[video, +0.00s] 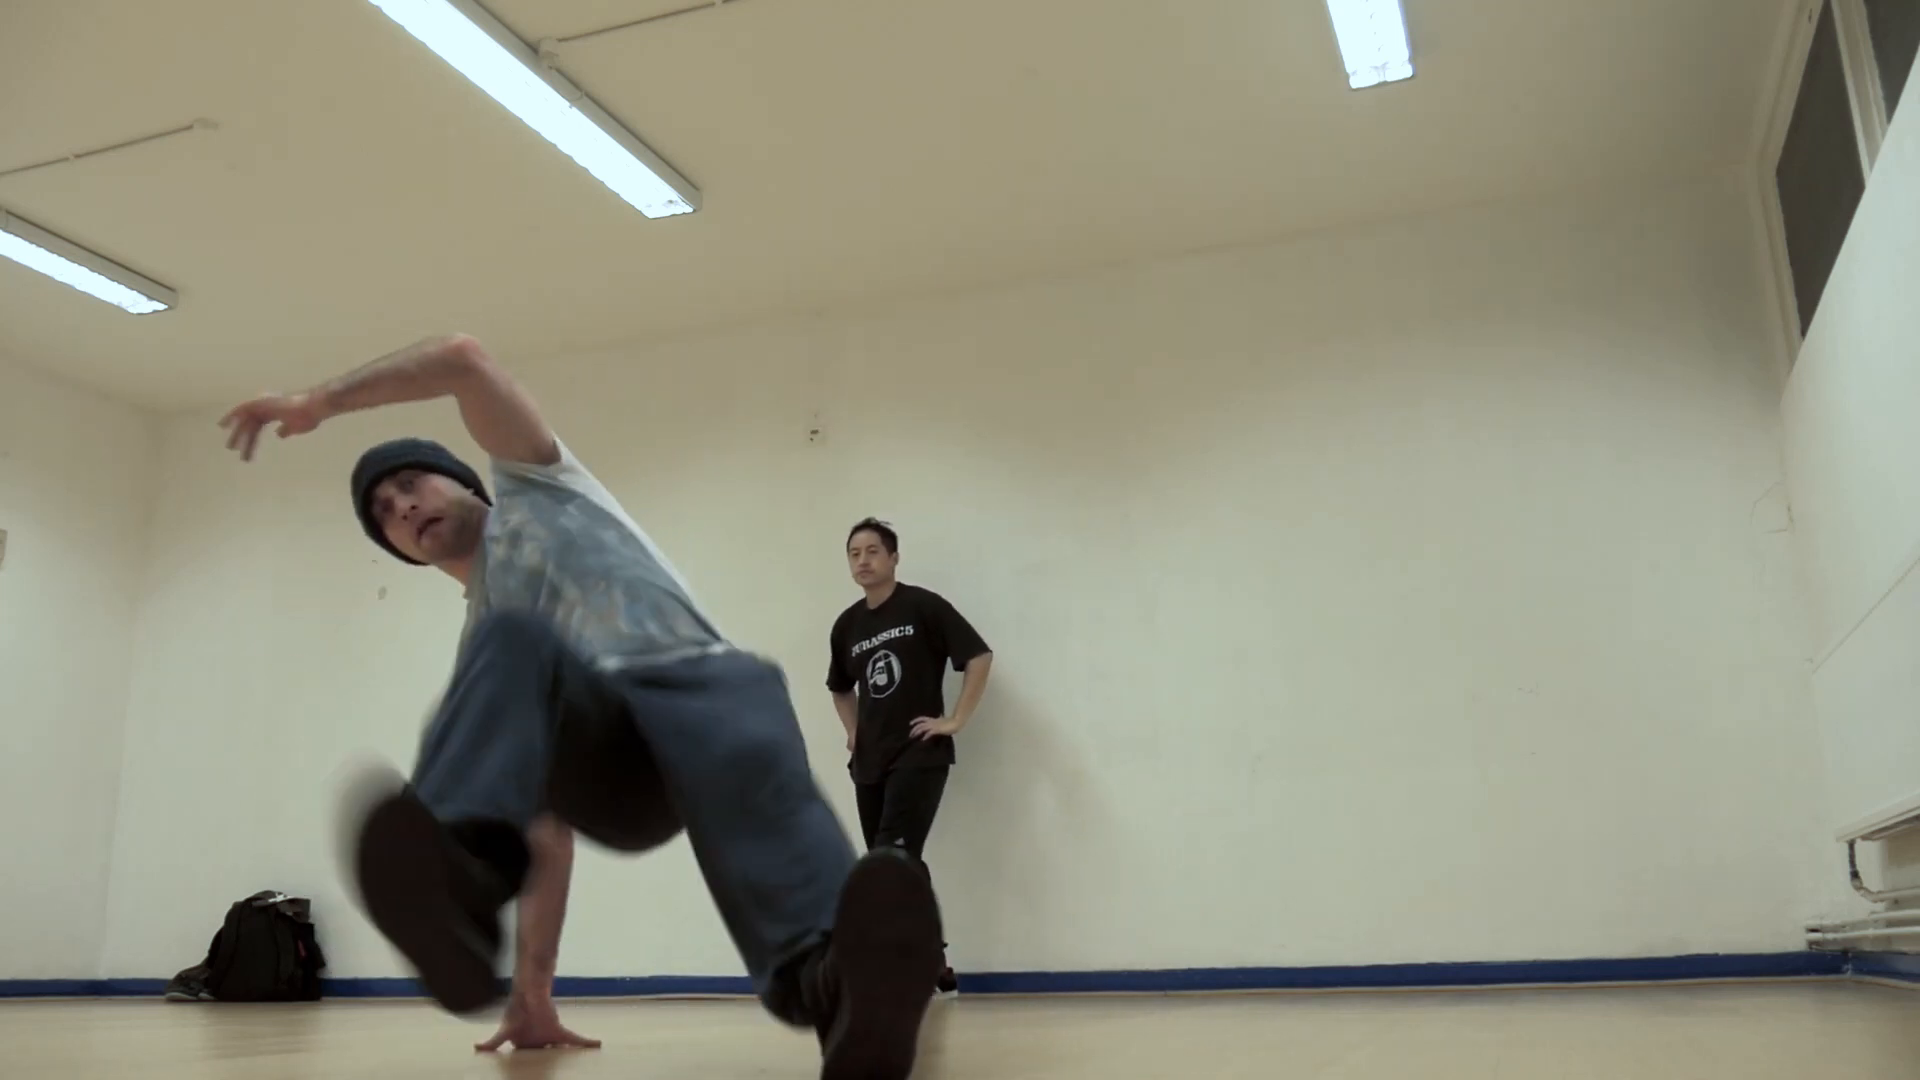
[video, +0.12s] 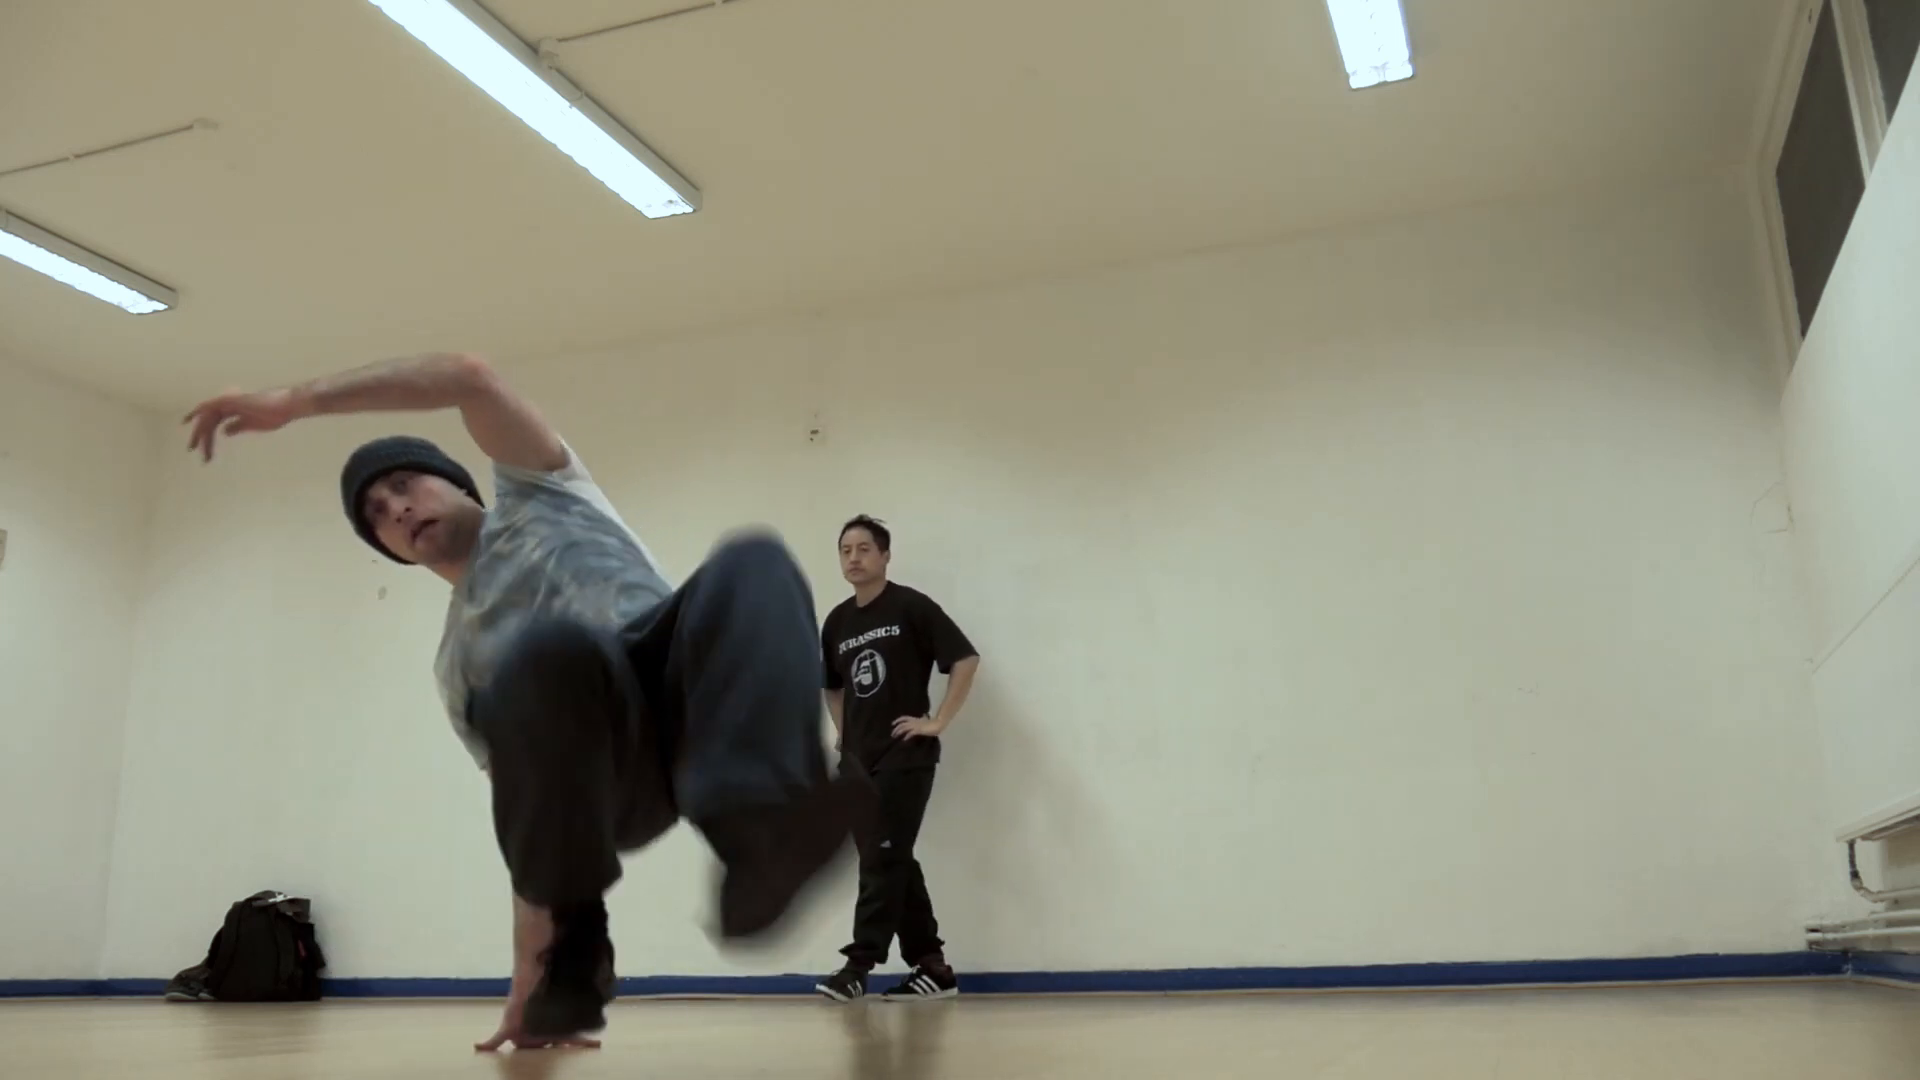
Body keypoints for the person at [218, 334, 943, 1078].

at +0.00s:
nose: (405, 510)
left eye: (409, 485)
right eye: (386, 518)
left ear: (456, 478)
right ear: (405, 553)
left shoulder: (538, 484)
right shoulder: (491, 636)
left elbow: (463, 359)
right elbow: (542, 834)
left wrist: (313, 403)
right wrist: (536, 1003)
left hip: (703, 708)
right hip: (601, 761)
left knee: (742, 703)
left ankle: (835, 980)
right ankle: (459, 909)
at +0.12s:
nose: (398, 509)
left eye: (405, 484)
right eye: (376, 516)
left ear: (454, 481)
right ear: (389, 554)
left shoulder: (541, 492)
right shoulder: (460, 661)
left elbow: (468, 377)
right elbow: (532, 819)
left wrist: (290, 400)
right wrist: (533, 990)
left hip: (693, 722)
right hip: (595, 785)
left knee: (753, 560)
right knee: (550, 652)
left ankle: (762, 841)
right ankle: (571, 975)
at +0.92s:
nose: (400, 418)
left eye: (398, 395)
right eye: (385, 434)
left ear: (441, 372)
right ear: (405, 461)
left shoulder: (533, 336)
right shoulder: (467, 530)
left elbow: (649, 211)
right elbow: (431, 698)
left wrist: (724, 64)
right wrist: (322, 820)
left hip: (629, 443)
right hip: (527, 546)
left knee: (712, 261)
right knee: (471, 743)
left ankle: (818, 42)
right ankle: (643, 982)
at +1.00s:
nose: (400, 411)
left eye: (398, 389)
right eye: (385, 426)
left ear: (439, 367)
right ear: (407, 454)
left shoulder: (542, 332)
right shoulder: (465, 520)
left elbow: (626, 197)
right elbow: (441, 707)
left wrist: (643, 58)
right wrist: (368, 845)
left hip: (644, 452)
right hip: (560, 543)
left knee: (693, 230)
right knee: (416, 663)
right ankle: (589, 920)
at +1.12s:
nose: (391, 455)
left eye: (394, 432)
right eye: (376, 464)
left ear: (440, 413)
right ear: (399, 493)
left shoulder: (523, 382)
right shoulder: (471, 563)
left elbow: (536, 229)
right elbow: (495, 762)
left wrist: (430, 97)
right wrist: (475, 926)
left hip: (633, 537)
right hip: (556, 619)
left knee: (701, 419)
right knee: (372, 572)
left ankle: (680, 787)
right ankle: (348, 897)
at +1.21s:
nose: (389, 521)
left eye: (392, 496)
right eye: (372, 529)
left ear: (437, 480)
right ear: (387, 559)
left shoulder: (515, 471)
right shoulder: (476, 638)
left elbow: (449, 321)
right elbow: (507, 841)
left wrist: (280, 271)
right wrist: (499, 1000)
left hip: (646, 693)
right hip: (537, 717)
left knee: (703, 658)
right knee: (385, 684)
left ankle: (625, 966)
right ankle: (180, 858)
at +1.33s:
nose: (387, 654)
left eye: (387, 632)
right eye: (374, 646)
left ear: (428, 597)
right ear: (390, 641)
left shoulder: (522, 601)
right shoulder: (443, 733)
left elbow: (362, 629)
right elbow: (510, 864)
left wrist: (200, 716)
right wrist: (503, 1039)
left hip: (620, 871)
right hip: (525, 926)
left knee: (727, 728)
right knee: (393, 926)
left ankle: (615, 1009)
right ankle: (194, 972)